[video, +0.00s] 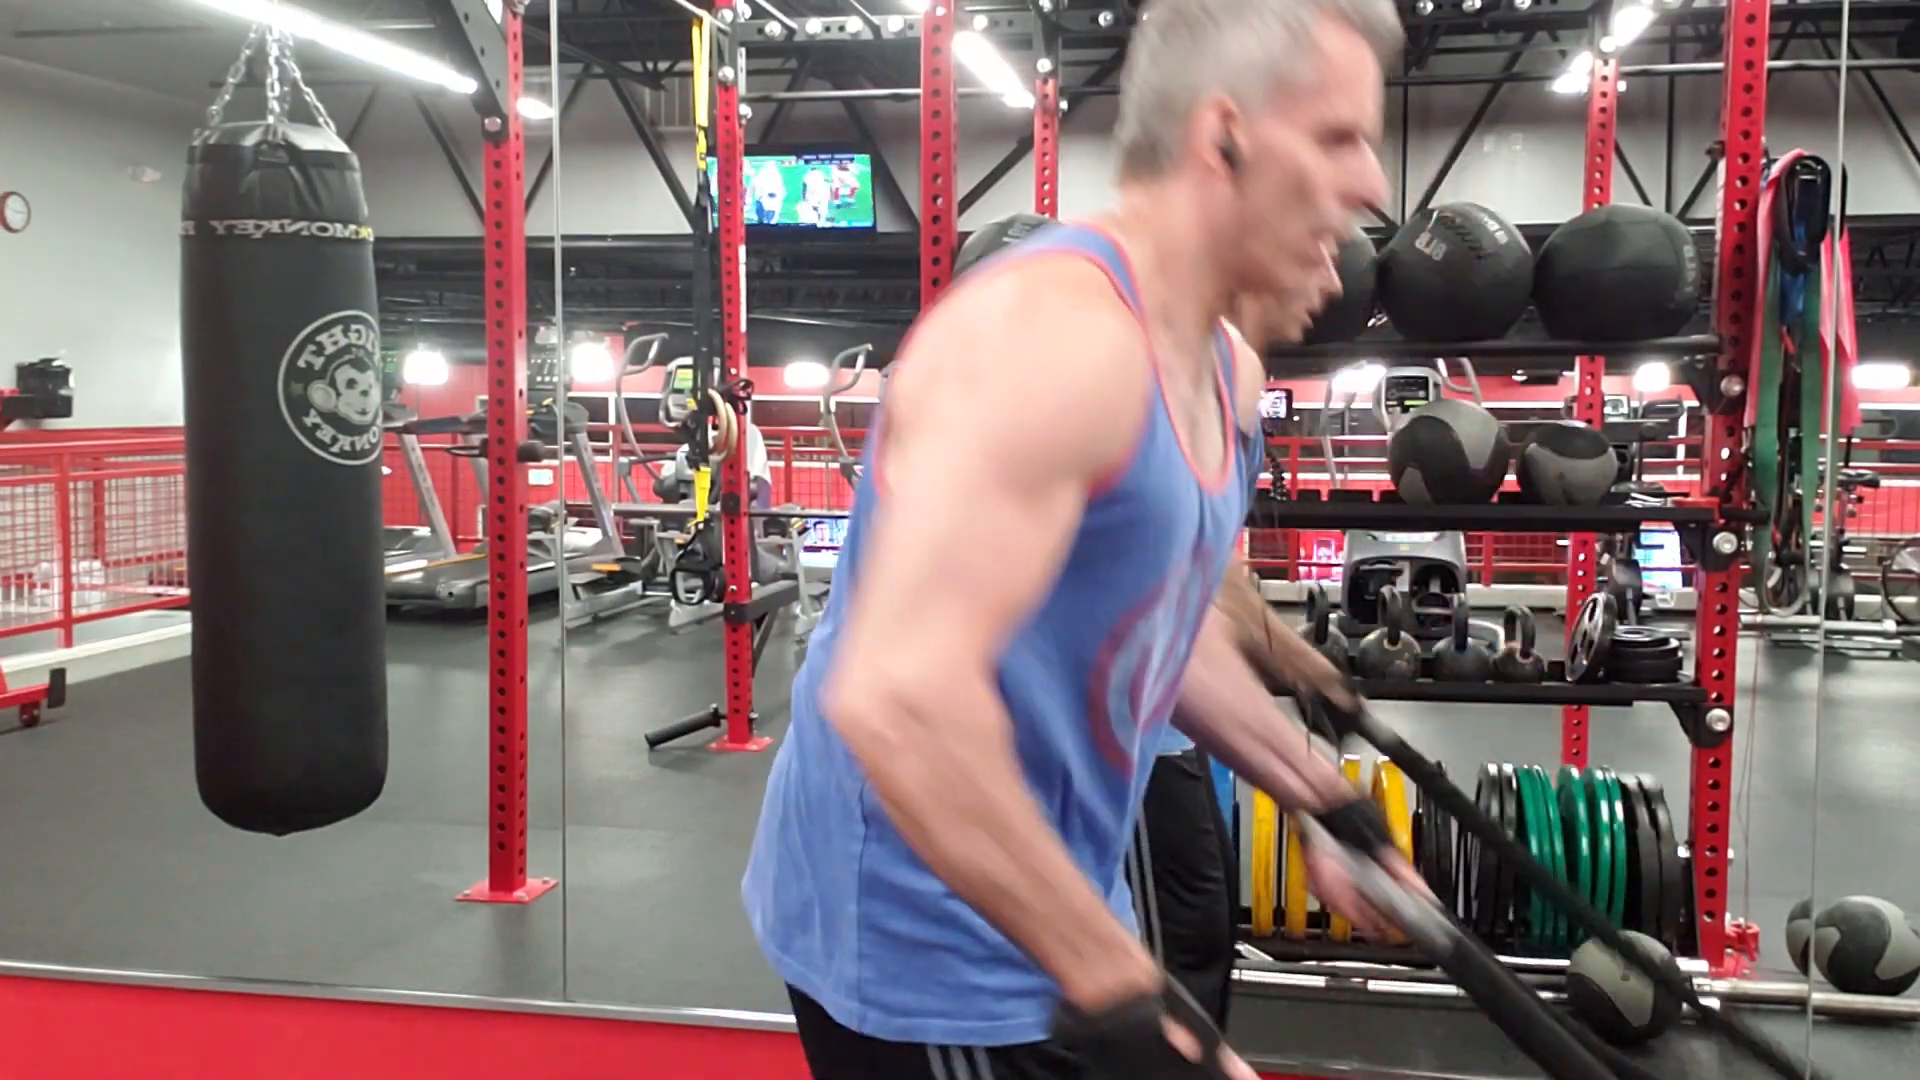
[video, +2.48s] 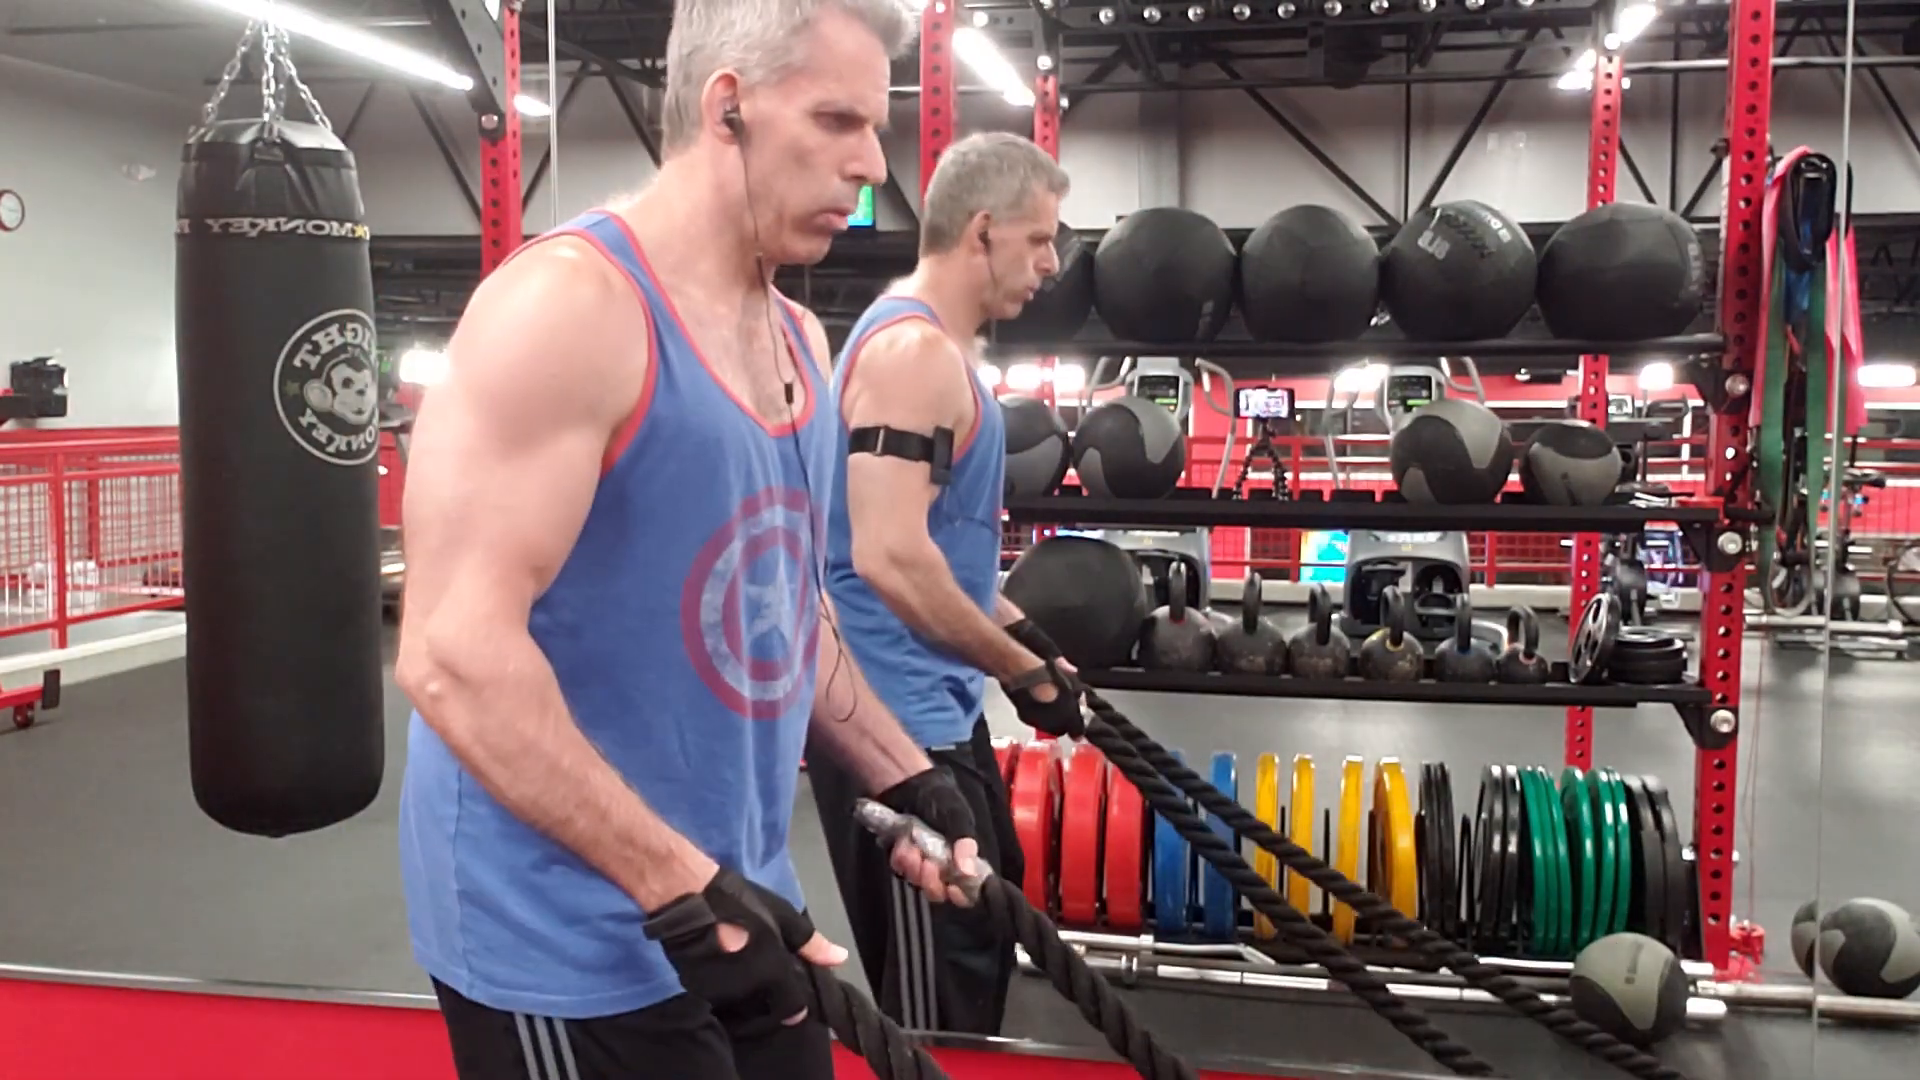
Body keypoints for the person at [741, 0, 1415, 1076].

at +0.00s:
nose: (1372, 190)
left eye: (1369, 146)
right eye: (1341, 139)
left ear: (1227, 145)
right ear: (1222, 137)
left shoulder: (1225, 366)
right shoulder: (1048, 330)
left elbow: (1162, 630)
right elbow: (898, 691)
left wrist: (1322, 792)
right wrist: (1127, 999)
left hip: (1077, 902)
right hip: (925, 937)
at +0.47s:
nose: (1150, 67)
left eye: (1143, 28)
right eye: (1107, 21)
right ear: (984, 27)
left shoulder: (1020, 284)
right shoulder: (856, 278)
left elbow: (1004, 603)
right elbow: (766, 683)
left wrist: (1150, 771)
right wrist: (1063, 956)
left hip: (970, 968)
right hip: (862, 995)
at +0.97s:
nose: (941, 73)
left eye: (940, 35)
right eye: (899, 27)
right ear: (782, 36)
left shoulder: (863, 289)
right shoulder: (673, 273)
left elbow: (872, 585)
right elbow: (604, 641)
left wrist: (1034, 724)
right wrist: (897, 848)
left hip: (834, 949)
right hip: (722, 984)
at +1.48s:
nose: (792, 70)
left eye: (788, 38)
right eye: (748, 29)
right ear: (634, 37)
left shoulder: (747, 280)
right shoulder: (532, 262)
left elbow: (773, 570)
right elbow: (462, 616)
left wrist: (930, 693)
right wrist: (744, 802)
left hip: (749, 900)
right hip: (592, 934)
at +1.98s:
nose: (776, 151)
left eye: (782, 115)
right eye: (743, 105)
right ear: (626, 71)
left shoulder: (705, 283)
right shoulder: (471, 286)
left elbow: (731, 567)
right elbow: (410, 662)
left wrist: (884, 711)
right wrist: (703, 868)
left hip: (699, 938)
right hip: (505, 979)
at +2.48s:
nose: (873, 167)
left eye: (877, 130)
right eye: (841, 121)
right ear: (727, 107)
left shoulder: (799, 339)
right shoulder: (557, 307)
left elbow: (788, 603)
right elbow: (454, 650)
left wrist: (913, 786)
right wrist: (681, 887)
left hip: (747, 921)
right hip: (569, 950)